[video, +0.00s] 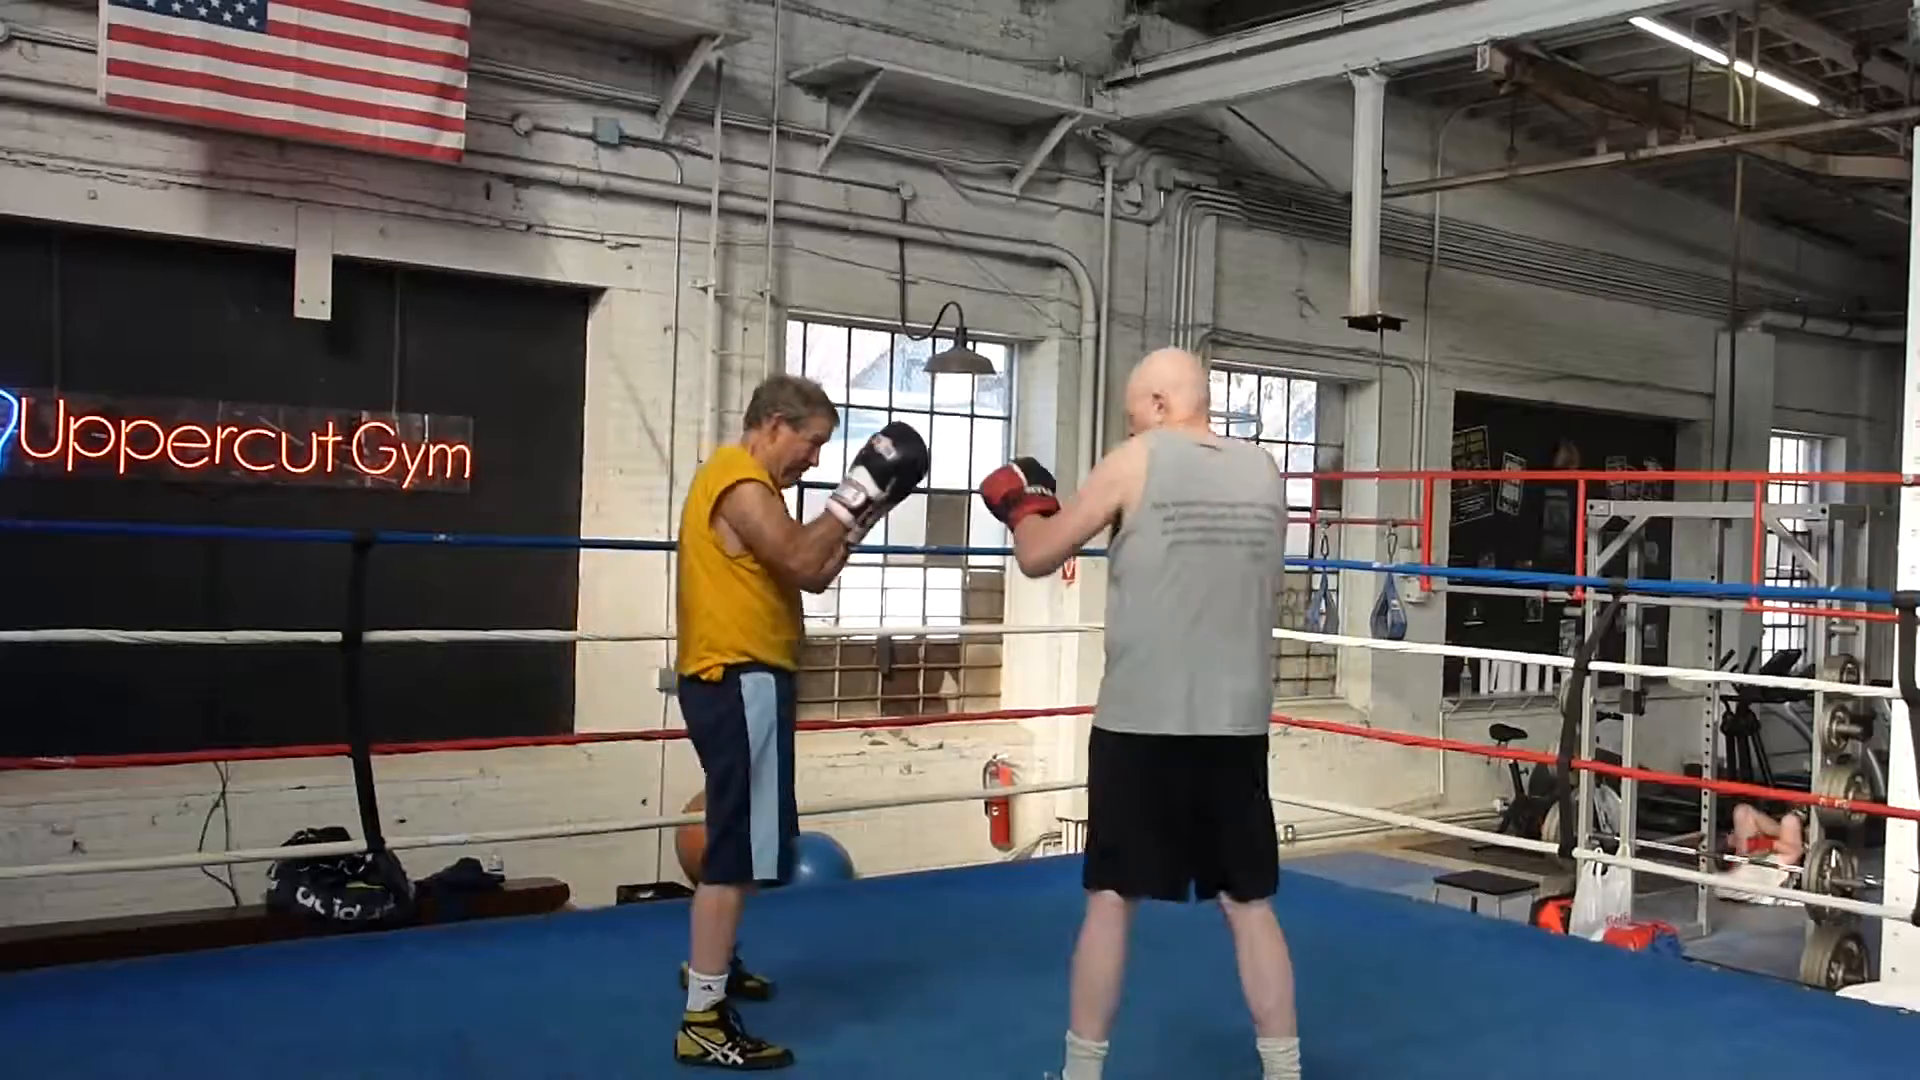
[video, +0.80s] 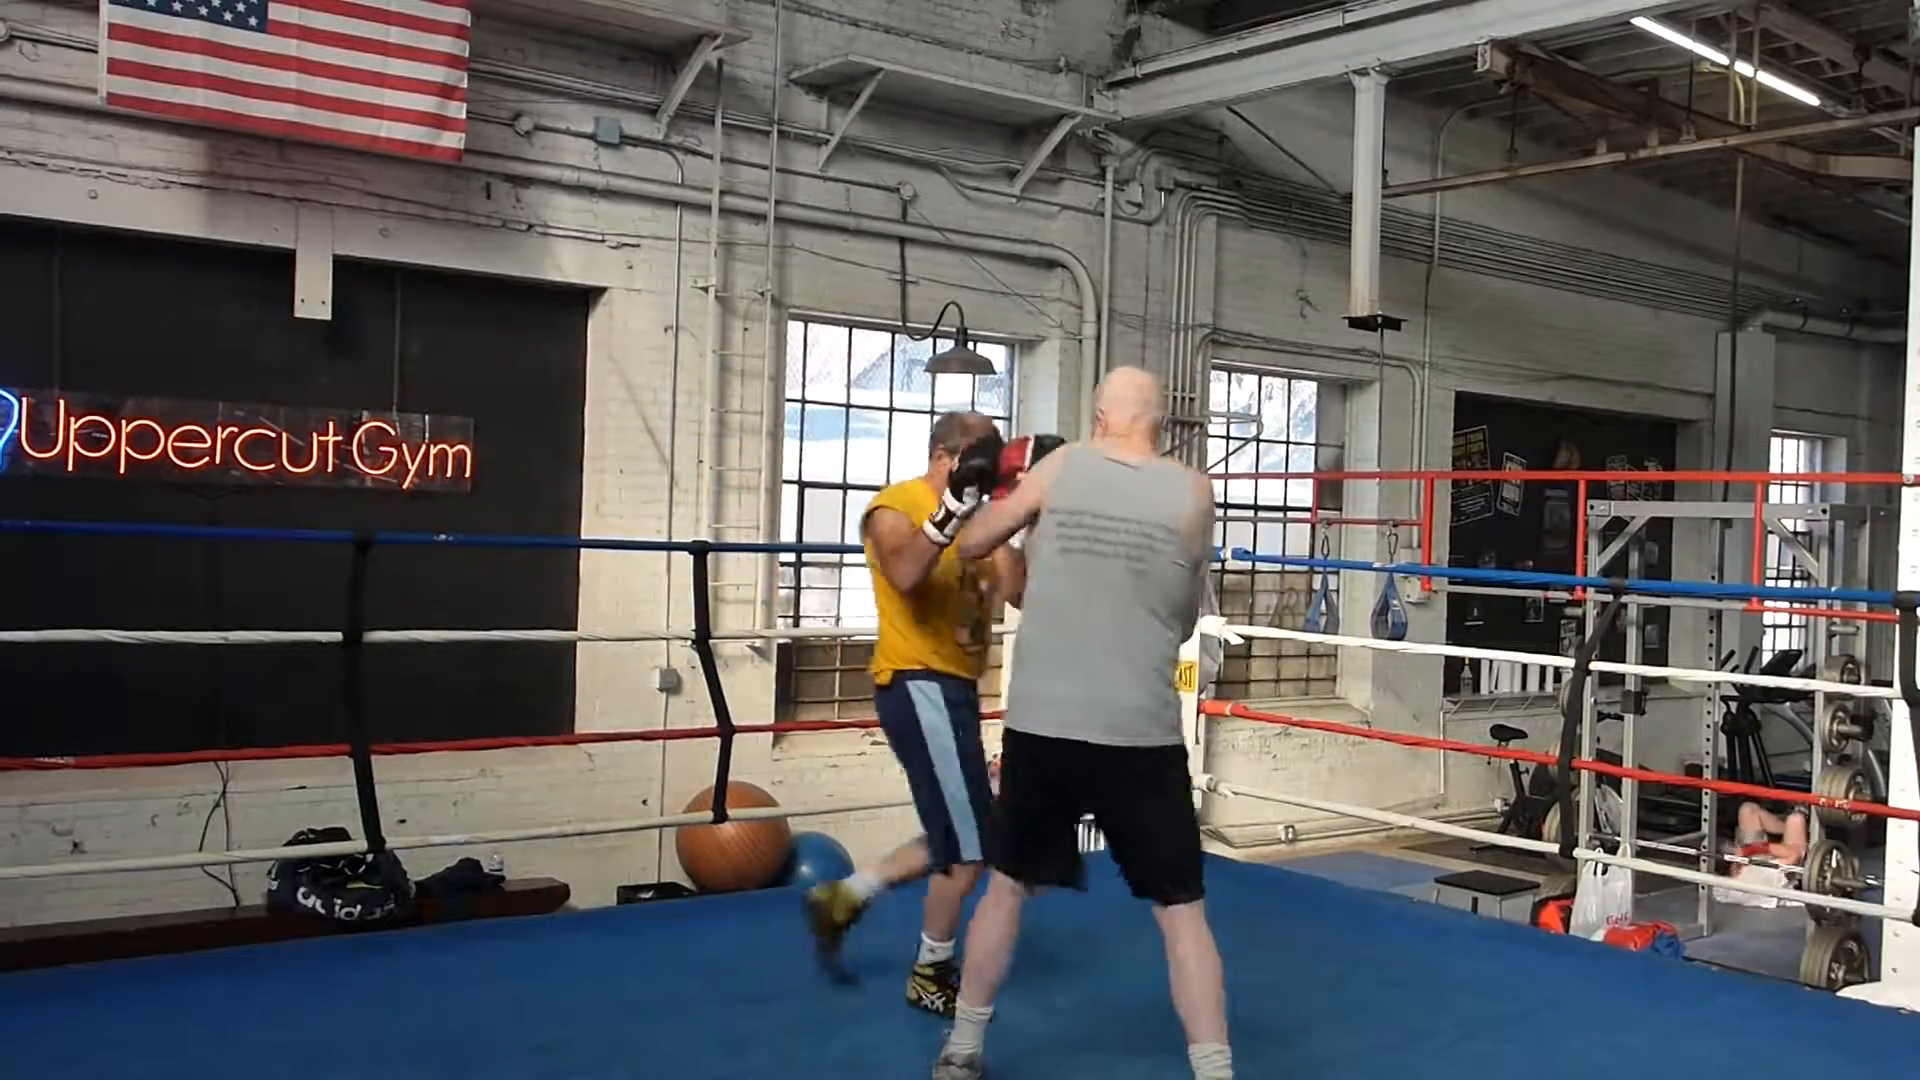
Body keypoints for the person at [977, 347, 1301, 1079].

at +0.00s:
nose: (1130, 425)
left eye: (1131, 413)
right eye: (1128, 415)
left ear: (1158, 403)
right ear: (1204, 403)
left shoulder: (1138, 459)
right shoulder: (1264, 469)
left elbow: (1038, 554)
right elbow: (1207, 559)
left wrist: (1021, 507)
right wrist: (1093, 518)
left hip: (1139, 723)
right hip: (1237, 726)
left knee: (1110, 901)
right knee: (1250, 904)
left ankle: (1081, 1070)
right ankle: (1284, 1071)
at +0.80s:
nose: (1099, 419)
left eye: (1100, 409)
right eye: (1112, 410)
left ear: (1098, 417)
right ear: (1162, 424)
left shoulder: (1061, 465)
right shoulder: (1194, 489)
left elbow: (971, 540)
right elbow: (1184, 612)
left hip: (1042, 725)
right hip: (1142, 735)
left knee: (1005, 891)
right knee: (1183, 913)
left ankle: (963, 1048)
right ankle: (1215, 1072)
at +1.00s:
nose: (1109, 407)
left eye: (1086, 397)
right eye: (1139, 407)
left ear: (1074, 410)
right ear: (1143, 417)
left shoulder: (1028, 468)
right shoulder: (1162, 479)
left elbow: (984, 580)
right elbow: (1161, 616)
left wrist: (1049, 551)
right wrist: (1105, 568)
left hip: (1009, 717)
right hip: (1105, 727)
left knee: (990, 882)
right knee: (1146, 895)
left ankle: (960, 1052)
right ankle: (1125, 1070)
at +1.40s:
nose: (1167, 421)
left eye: (1159, 410)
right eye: (1164, 411)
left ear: (1091, 417)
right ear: (1156, 419)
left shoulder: (1046, 480)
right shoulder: (1181, 487)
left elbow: (1053, 583)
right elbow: (1194, 622)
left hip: (1046, 728)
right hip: (1145, 737)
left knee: (1030, 867)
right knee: (1148, 913)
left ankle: (982, 1038)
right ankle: (1099, 1072)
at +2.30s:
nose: (1211, 449)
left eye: (1214, 436)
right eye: (1211, 432)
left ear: (1157, 415)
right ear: (1188, 418)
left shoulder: (1119, 473)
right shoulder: (1149, 480)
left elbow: (1158, 590)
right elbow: (1178, 603)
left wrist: (1206, 523)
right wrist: (1228, 533)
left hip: (1106, 707)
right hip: (1112, 713)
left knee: (1120, 871)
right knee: (1109, 882)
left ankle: (1094, 1014)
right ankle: (1037, 1050)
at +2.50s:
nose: (1211, 464)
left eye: (1214, 451)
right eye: (1211, 447)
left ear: (1162, 432)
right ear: (1183, 434)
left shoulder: (1123, 496)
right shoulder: (1133, 503)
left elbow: (1163, 602)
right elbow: (1176, 620)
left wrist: (1207, 535)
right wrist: (1229, 543)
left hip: (1156, 720)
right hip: (1130, 727)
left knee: (1225, 827)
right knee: (1138, 893)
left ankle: (1152, 981)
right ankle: (1040, 1053)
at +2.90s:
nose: (1283, 457)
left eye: (1287, 445)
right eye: (1281, 442)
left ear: (1249, 425)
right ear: (1245, 424)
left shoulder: (1238, 497)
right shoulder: (1178, 484)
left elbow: (1263, 602)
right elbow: (1220, 603)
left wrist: (1300, 535)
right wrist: (1282, 536)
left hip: (1248, 712)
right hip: (1186, 713)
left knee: (1249, 861)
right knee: (1178, 868)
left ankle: (1236, 1011)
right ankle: (1108, 1024)